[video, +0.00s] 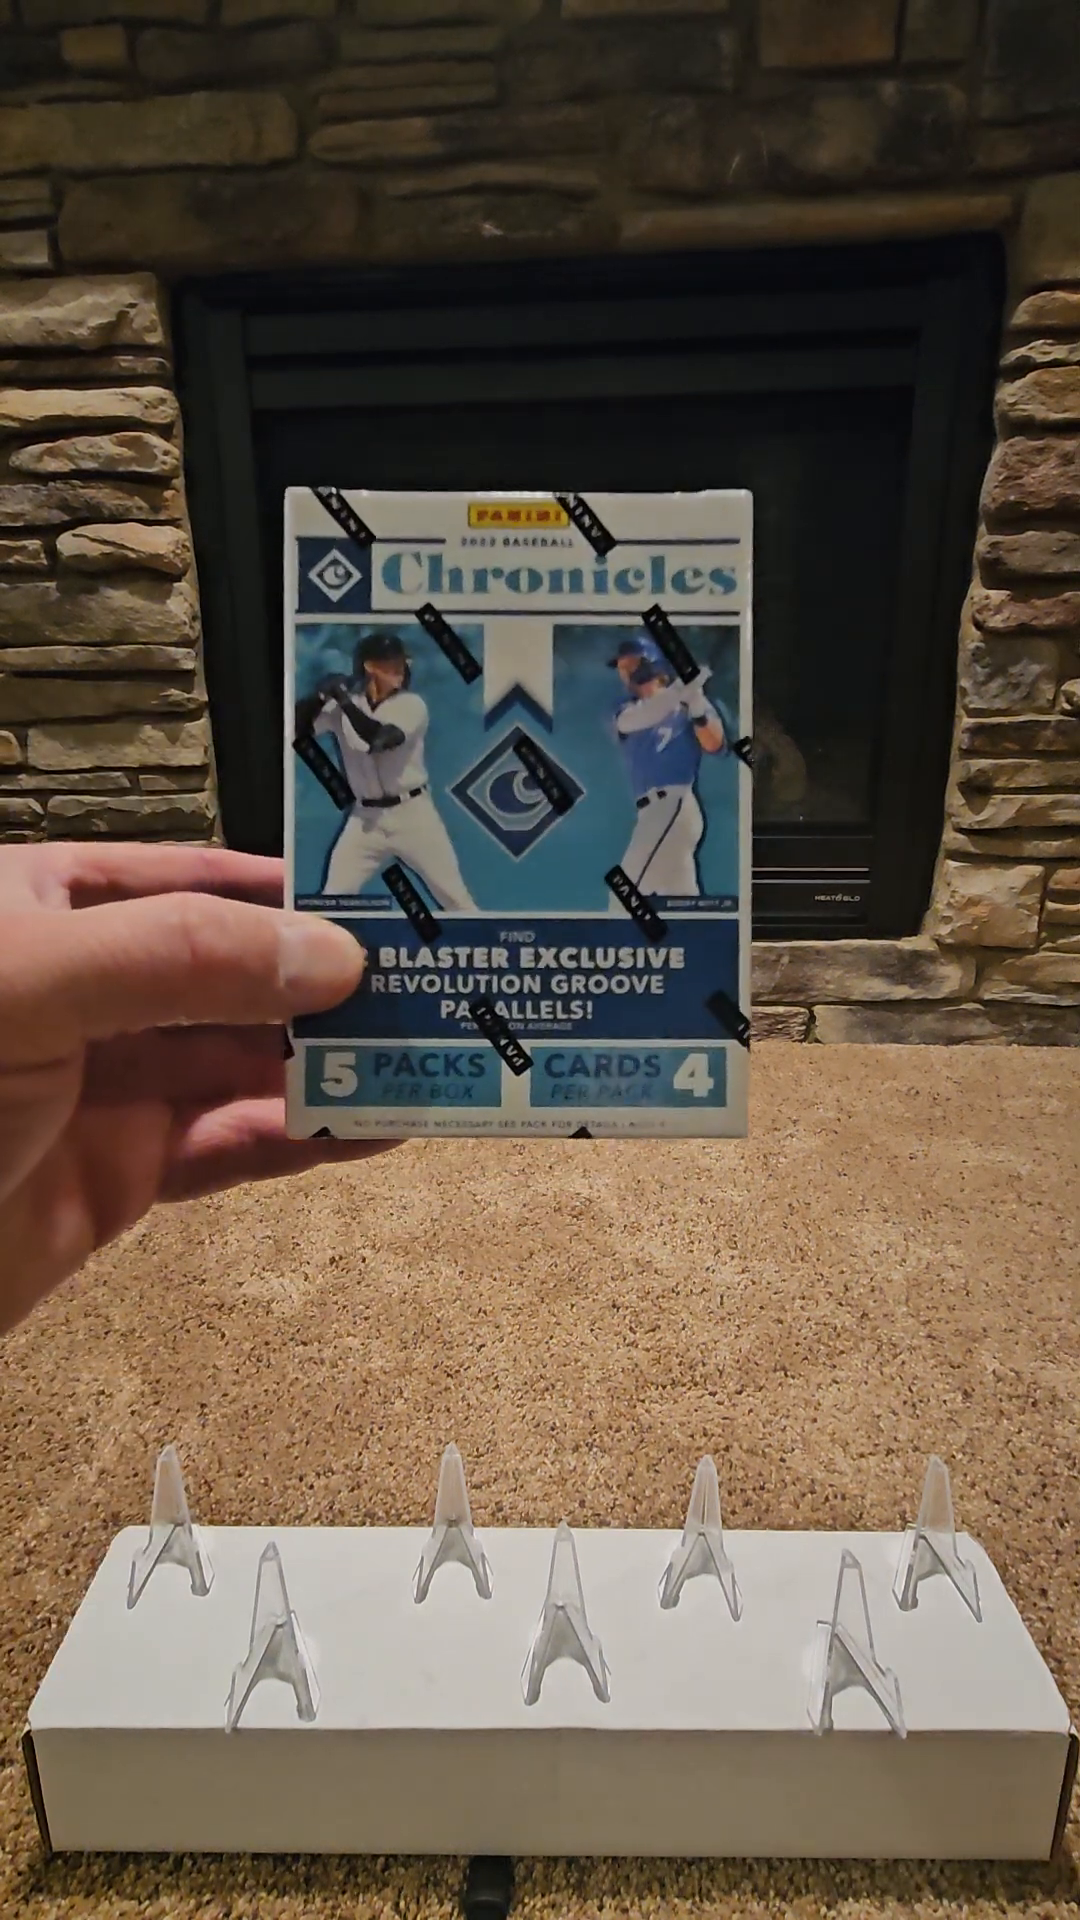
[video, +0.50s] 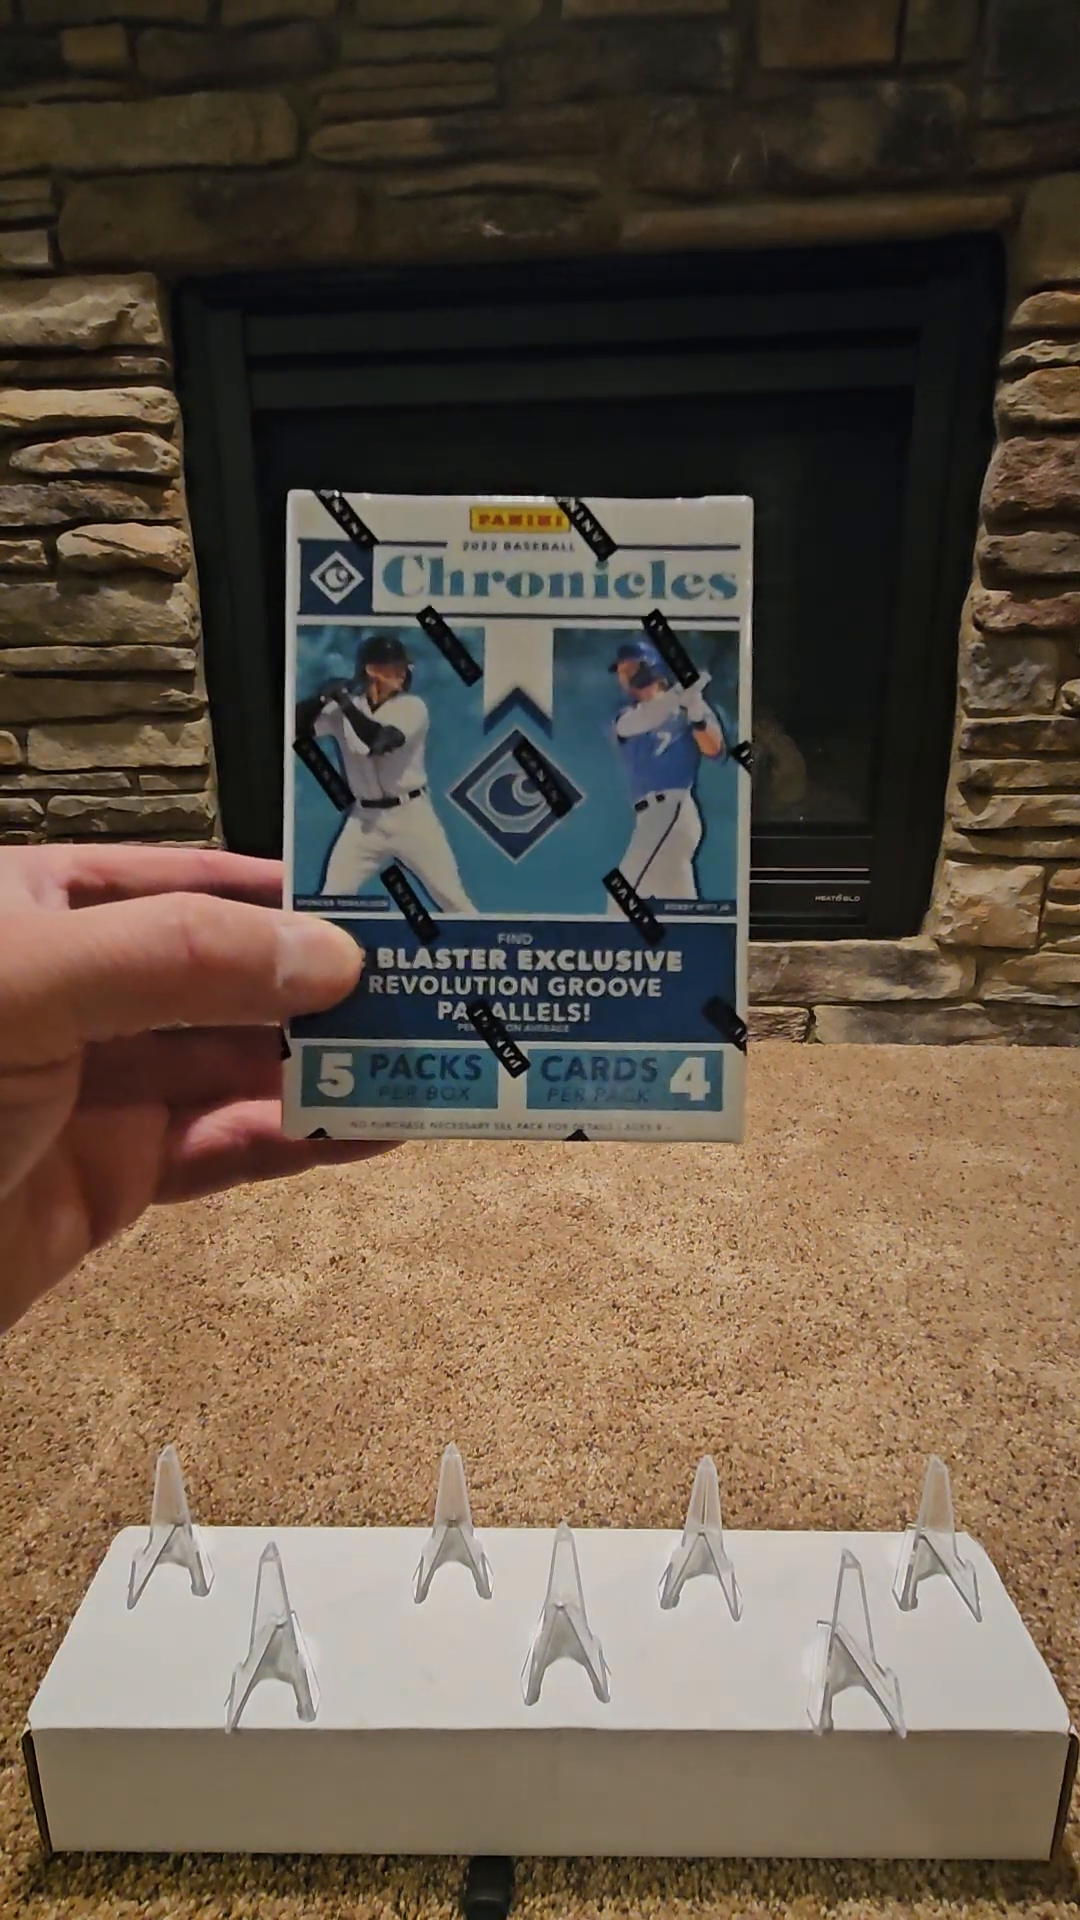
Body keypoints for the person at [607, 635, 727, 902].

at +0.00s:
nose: (622, 671)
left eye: (629, 662)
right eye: (620, 664)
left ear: (649, 664)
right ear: (619, 670)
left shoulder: (691, 702)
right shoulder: (626, 711)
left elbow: (714, 745)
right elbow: (644, 717)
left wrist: (697, 704)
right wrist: (680, 689)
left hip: (674, 807)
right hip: (651, 811)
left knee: (626, 893)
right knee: (683, 904)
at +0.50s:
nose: (622, 676)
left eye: (628, 668)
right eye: (620, 670)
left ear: (648, 669)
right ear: (620, 676)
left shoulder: (691, 707)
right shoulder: (625, 716)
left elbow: (714, 750)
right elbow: (645, 720)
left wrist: (696, 710)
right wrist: (679, 693)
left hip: (672, 812)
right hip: (649, 816)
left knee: (623, 899)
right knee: (680, 907)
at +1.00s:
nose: (623, 682)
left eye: (629, 673)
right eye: (620, 676)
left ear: (649, 676)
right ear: (617, 682)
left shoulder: (686, 712)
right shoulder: (623, 721)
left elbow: (712, 757)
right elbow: (636, 730)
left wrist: (695, 715)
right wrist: (678, 700)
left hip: (671, 820)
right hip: (647, 824)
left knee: (621, 905)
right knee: (677, 915)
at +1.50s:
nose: (614, 693)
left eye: (621, 684)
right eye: (611, 687)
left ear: (641, 685)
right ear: (609, 692)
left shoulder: (679, 723)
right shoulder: (616, 732)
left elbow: (704, 768)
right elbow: (628, 740)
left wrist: (686, 725)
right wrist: (669, 711)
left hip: (663, 830)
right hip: (641, 833)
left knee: (612, 915)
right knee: (670, 927)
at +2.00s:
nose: (622, 704)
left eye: (629, 695)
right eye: (619, 697)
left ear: (649, 695)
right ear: (616, 700)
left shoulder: (688, 732)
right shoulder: (621, 741)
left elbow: (711, 777)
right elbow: (642, 746)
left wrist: (694, 733)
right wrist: (676, 719)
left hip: (671, 838)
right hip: (648, 841)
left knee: (620, 924)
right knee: (680, 936)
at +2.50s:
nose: (614, 681)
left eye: (621, 672)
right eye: (611, 674)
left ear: (640, 672)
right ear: (608, 678)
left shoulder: (680, 709)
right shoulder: (615, 720)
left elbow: (704, 753)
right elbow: (632, 725)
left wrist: (687, 712)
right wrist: (673, 695)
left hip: (664, 816)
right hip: (640, 820)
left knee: (614, 903)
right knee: (671, 912)